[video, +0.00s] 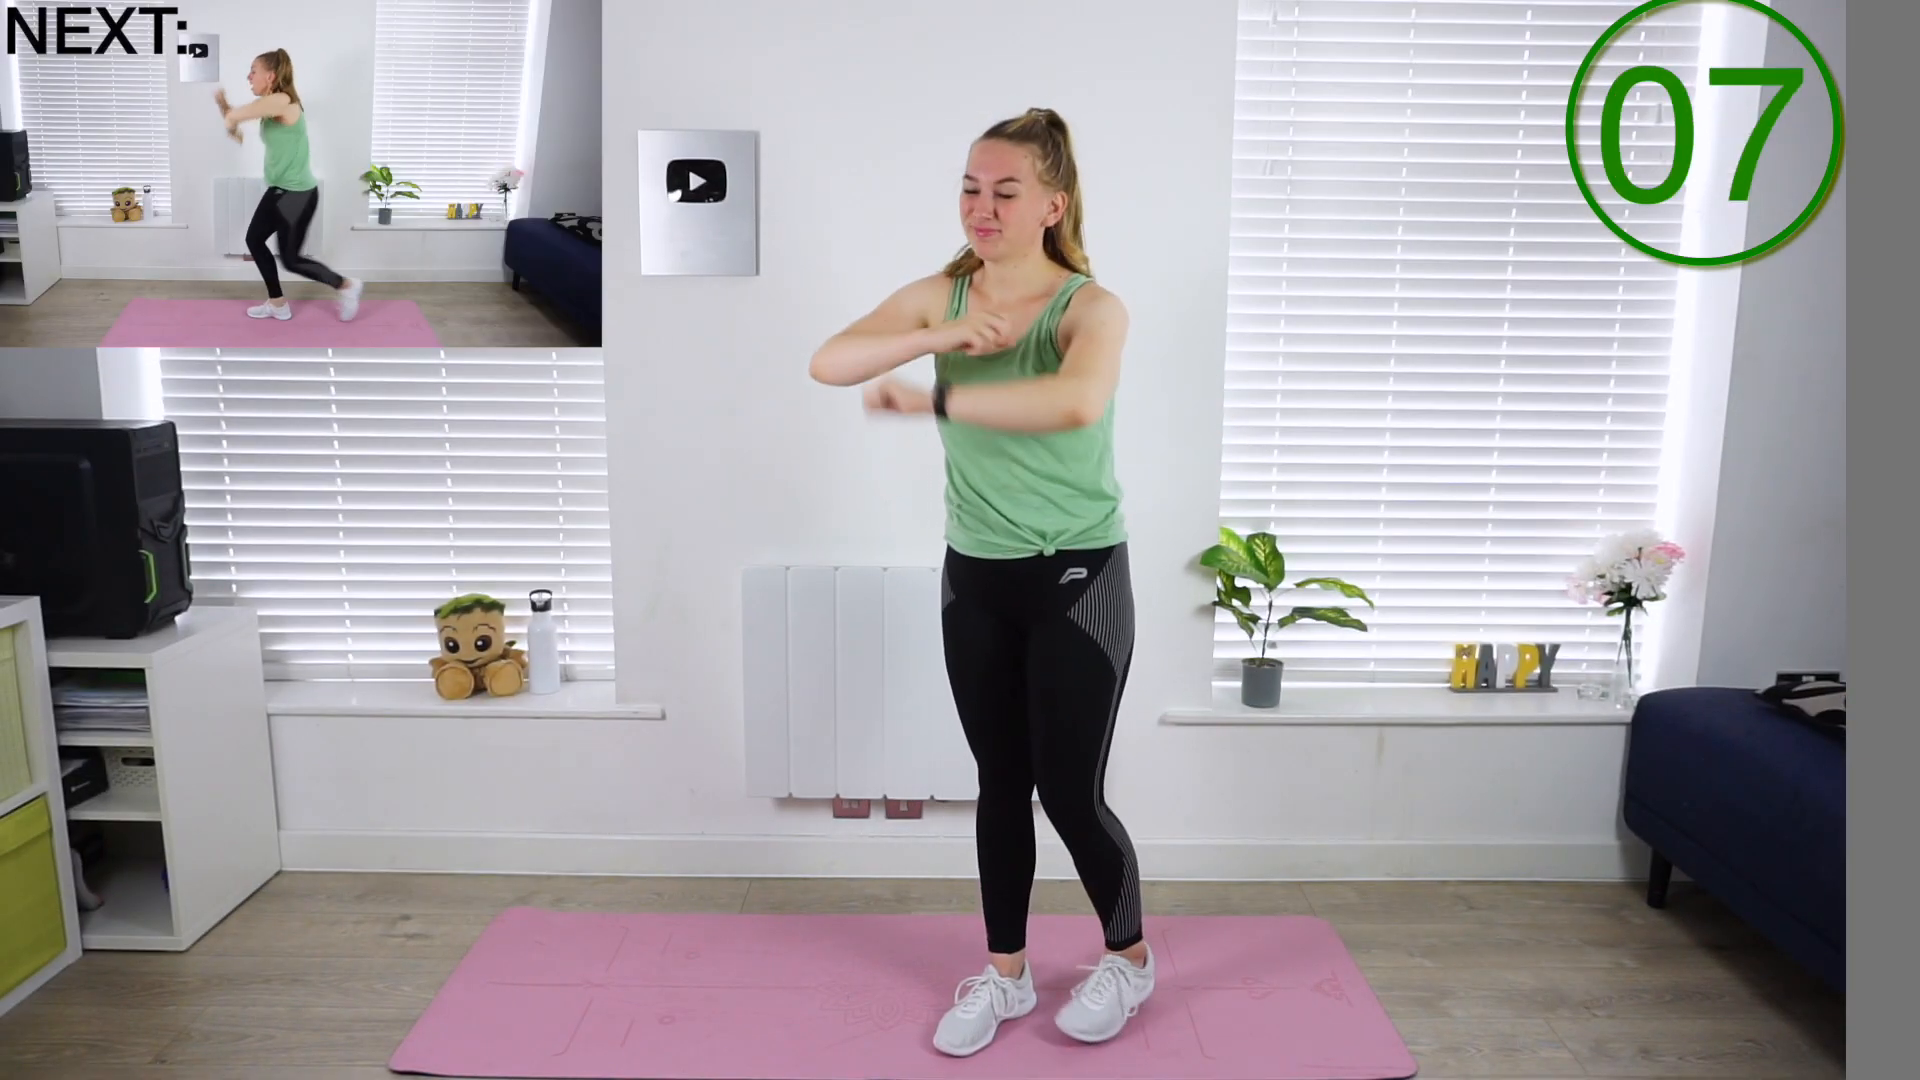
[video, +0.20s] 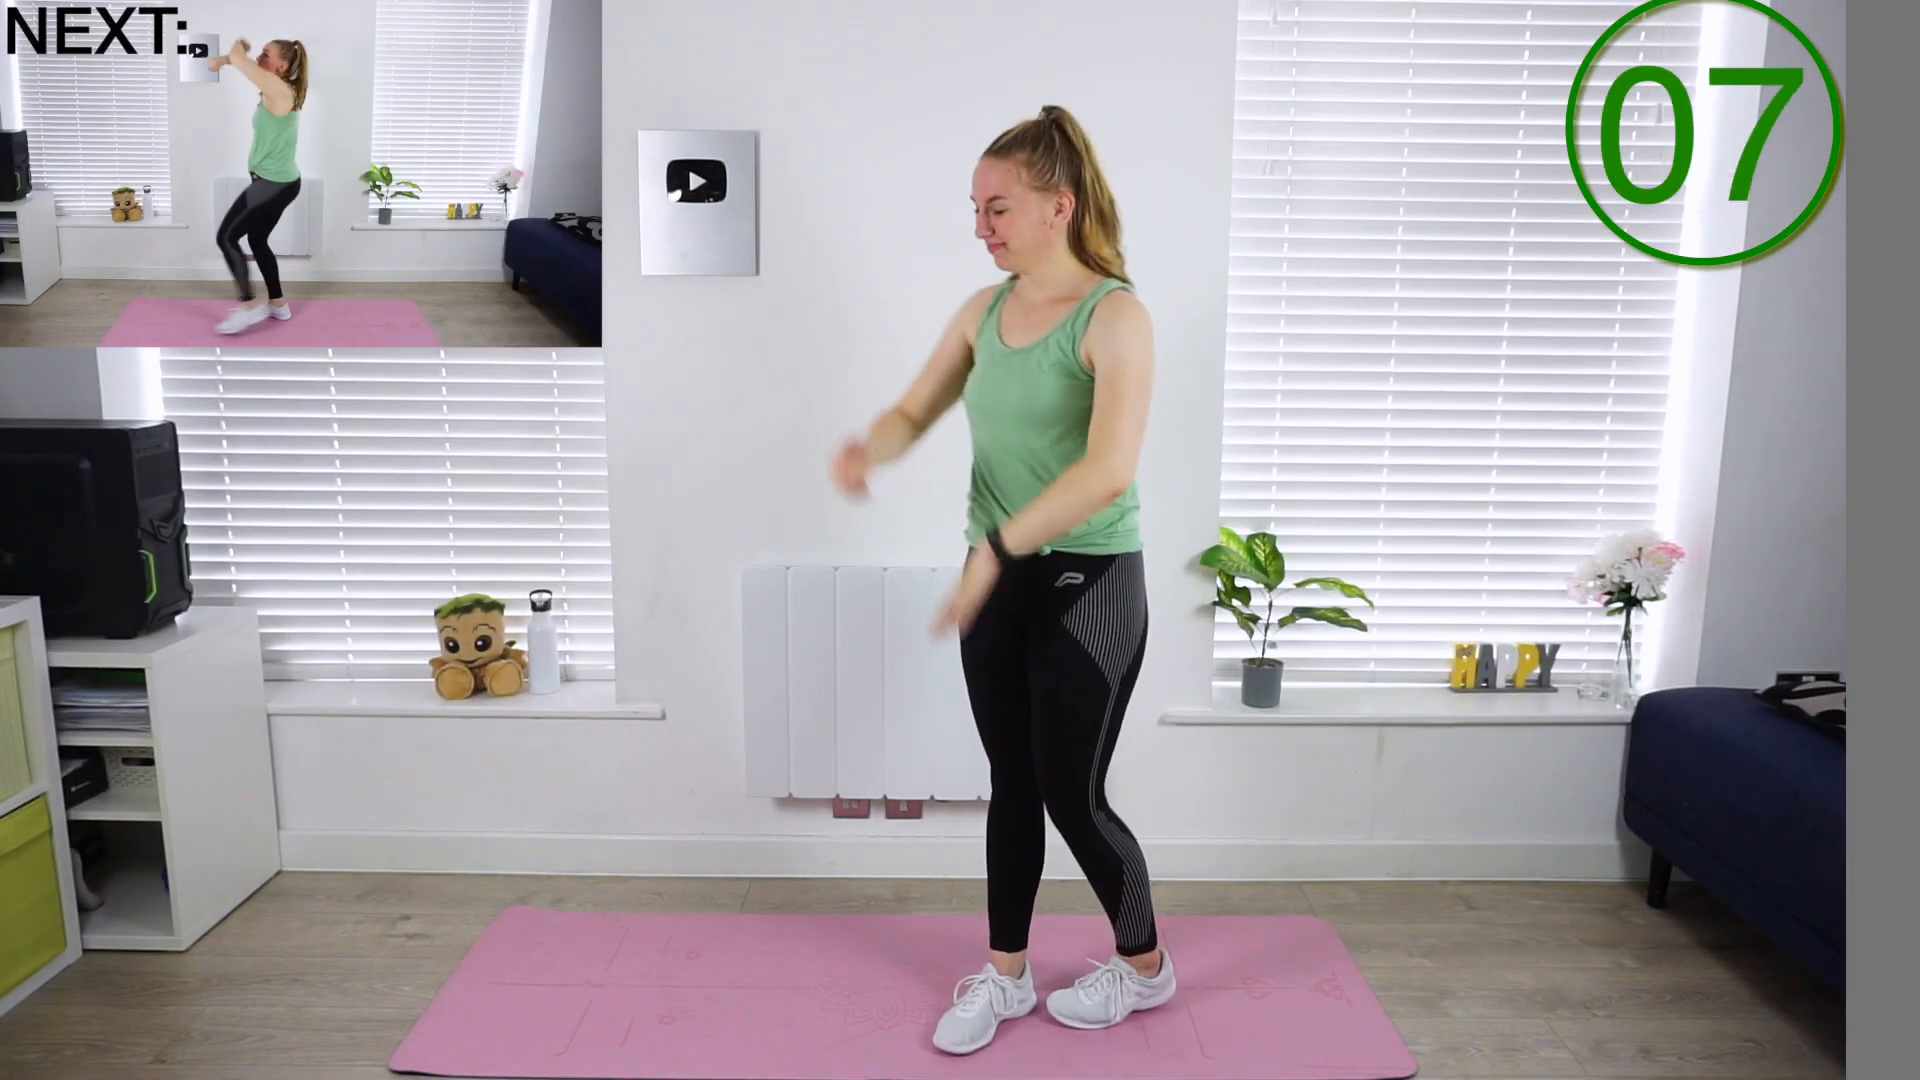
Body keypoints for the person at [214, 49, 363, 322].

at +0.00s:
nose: (249, 78)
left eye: (253, 73)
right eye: (250, 72)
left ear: (271, 76)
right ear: (271, 77)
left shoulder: (281, 100)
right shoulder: (273, 102)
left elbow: (233, 117)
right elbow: (238, 120)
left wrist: (233, 129)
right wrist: (225, 109)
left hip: (299, 192)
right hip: (279, 189)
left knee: (290, 259)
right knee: (255, 239)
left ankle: (347, 285)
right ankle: (277, 302)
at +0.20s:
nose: (260, 59)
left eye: (266, 56)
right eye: (262, 55)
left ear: (284, 65)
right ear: (282, 66)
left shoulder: (277, 87)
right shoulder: (283, 87)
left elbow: (237, 58)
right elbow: (248, 64)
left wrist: (239, 46)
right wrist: (224, 60)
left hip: (272, 182)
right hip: (281, 180)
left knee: (226, 237)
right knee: (258, 240)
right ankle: (278, 303)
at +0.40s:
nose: (266, 54)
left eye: (271, 53)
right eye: (267, 51)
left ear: (287, 66)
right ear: (287, 67)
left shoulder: (270, 88)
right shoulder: (289, 91)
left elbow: (235, 49)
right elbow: (266, 55)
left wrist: (231, 35)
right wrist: (256, 31)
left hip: (249, 181)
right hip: (271, 181)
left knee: (218, 240)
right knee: (256, 241)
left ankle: (209, 312)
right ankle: (277, 303)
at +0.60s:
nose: (265, 60)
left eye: (272, 57)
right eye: (267, 55)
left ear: (289, 69)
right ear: (288, 71)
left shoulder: (272, 94)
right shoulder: (292, 94)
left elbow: (231, 61)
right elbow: (265, 61)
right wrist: (239, 41)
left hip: (249, 183)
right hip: (271, 184)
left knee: (219, 243)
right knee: (252, 242)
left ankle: (209, 314)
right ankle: (277, 303)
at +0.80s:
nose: (253, 73)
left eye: (258, 67)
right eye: (254, 67)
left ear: (278, 71)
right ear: (276, 72)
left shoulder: (281, 103)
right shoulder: (282, 98)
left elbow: (229, 111)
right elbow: (247, 109)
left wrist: (219, 110)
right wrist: (239, 117)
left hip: (281, 190)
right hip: (278, 186)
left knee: (232, 242)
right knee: (259, 241)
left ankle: (247, 314)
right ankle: (278, 305)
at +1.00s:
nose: (238, 81)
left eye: (241, 75)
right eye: (238, 75)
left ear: (257, 77)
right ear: (256, 77)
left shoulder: (280, 103)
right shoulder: (261, 107)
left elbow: (253, 149)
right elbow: (243, 143)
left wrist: (251, 151)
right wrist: (229, 153)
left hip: (305, 186)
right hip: (283, 185)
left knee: (289, 252)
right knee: (269, 239)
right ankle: (279, 303)